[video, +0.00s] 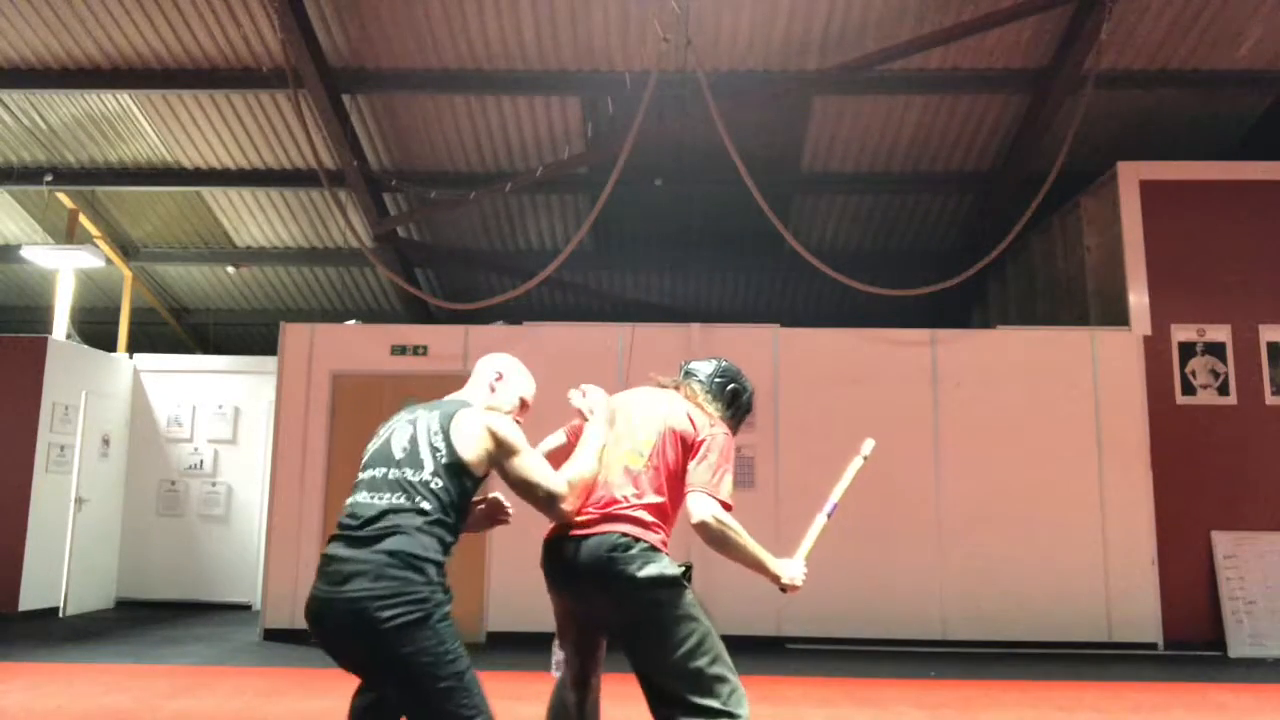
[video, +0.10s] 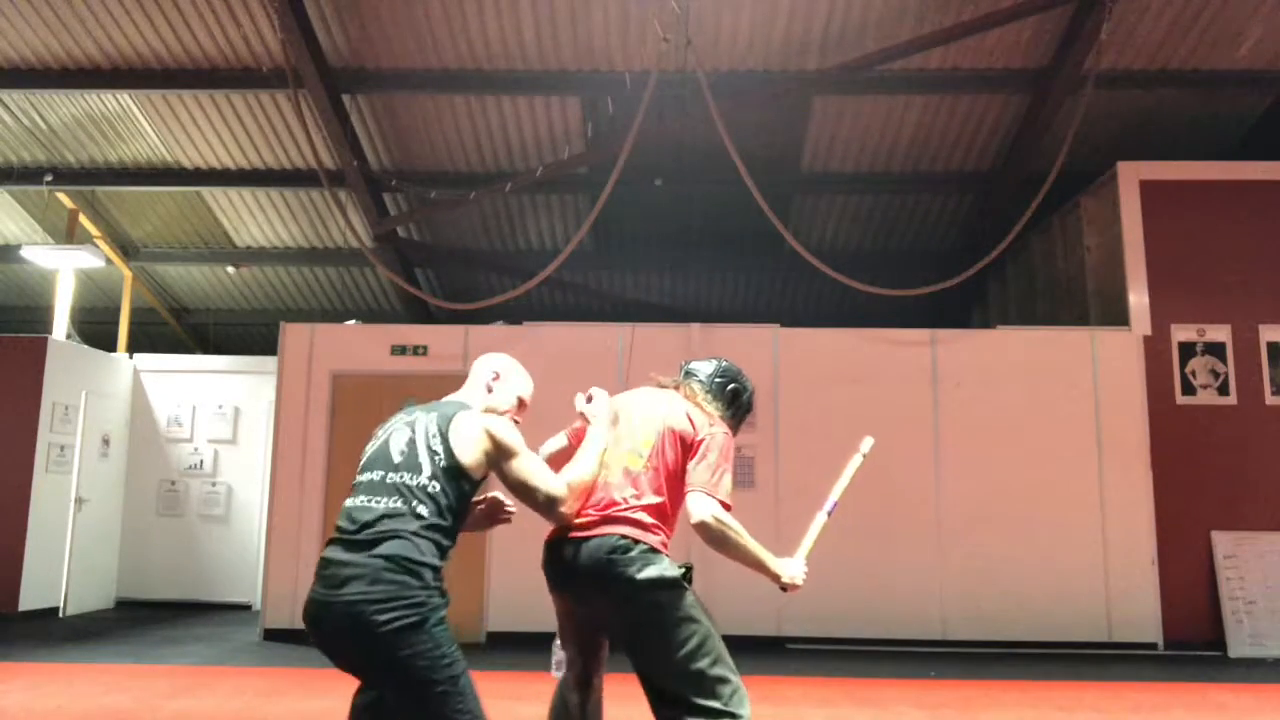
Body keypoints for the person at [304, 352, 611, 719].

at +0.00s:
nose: (520, 417)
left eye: (526, 409)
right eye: (522, 404)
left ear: (477, 378)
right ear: (496, 379)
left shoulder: (399, 421)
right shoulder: (491, 424)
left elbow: (391, 512)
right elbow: (562, 503)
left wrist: (462, 520)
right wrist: (600, 422)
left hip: (329, 601)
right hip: (399, 602)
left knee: (386, 683)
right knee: (467, 711)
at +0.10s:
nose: (519, 417)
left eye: (525, 408)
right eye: (521, 403)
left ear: (475, 378)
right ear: (492, 379)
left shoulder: (397, 423)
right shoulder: (487, 426)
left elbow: (393, 513)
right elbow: (562, 505)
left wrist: (462, 519)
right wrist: (601, 426)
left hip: (327, 602)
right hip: (396, 605)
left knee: (386, 684)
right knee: (460, 711)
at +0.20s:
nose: (520, 413)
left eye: (524, 404)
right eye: (518, 398)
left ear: (479, 377)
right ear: (489, 376)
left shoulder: (392, 422)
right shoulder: (482, 432)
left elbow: (401, 508)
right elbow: (557, 511)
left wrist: (467, 512)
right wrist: (598, 431)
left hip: (324, 606)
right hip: (391, 609)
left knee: (381, 685)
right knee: (450, 713)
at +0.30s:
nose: (519, 413)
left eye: (524, 404)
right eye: (519, 398)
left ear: (480, 377)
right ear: (490, 376)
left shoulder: (391, 422)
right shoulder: (483, 435)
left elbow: (438, 509)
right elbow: (557, 514)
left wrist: (501, 497)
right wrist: (598, 433)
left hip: (322, 607)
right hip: (388, 610)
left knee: (382, 686)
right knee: (448, 713)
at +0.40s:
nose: (519, 412)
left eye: (524, 402)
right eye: (519, 396)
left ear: (483, 376)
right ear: (489, 376)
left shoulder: (391, 419)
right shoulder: (482, 438)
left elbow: (436, 505)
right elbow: (559, 514)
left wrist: (503, 494)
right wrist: (599, 432)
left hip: (320, 605)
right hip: (385, 609)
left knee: (382, 685)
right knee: (444, 712)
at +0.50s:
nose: (519, 411)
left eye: (524, 401)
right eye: (519, 395)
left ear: (483, 375)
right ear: (489, 375)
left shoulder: (391, 417)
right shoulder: (483, 438)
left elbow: (460, 501)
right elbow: (561, 515)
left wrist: (542, 475)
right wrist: (600, 432)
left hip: (319, 606)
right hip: (384, 610)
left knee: (382, 685)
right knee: (443, 712)